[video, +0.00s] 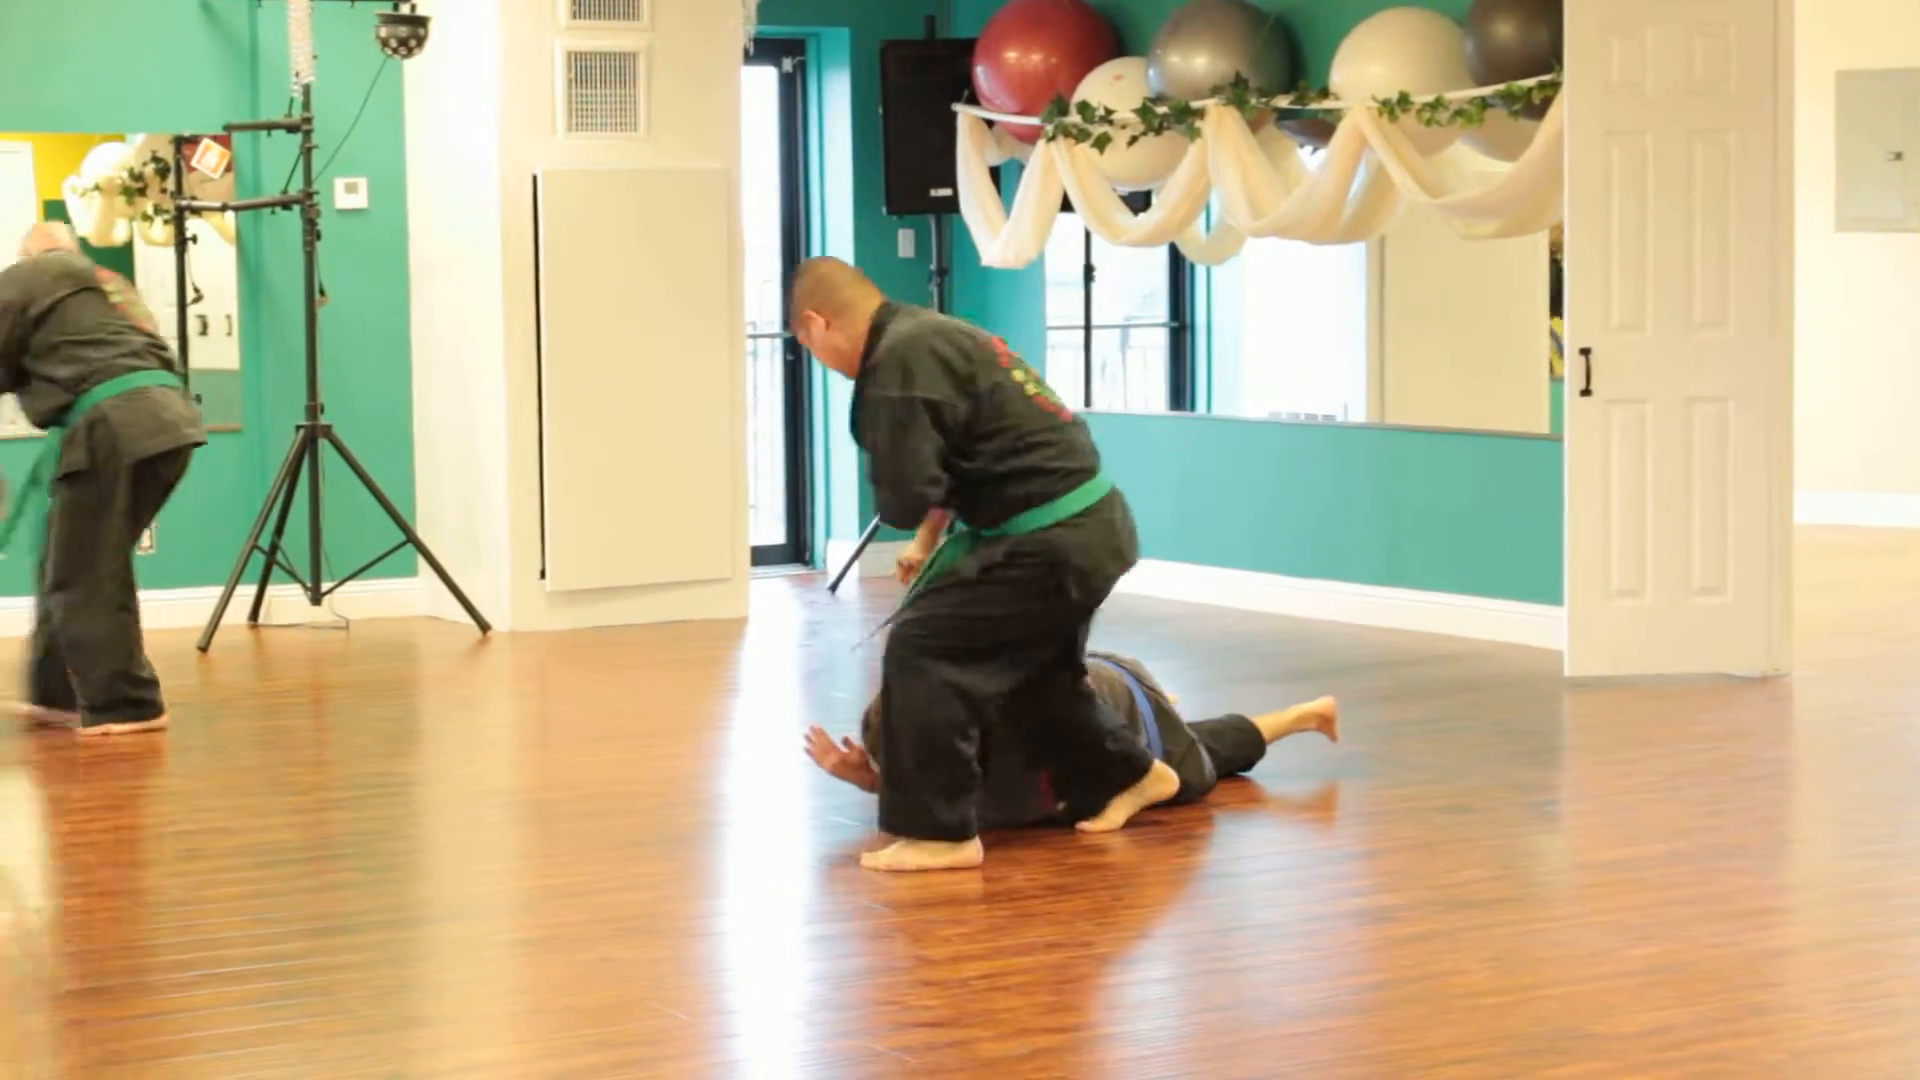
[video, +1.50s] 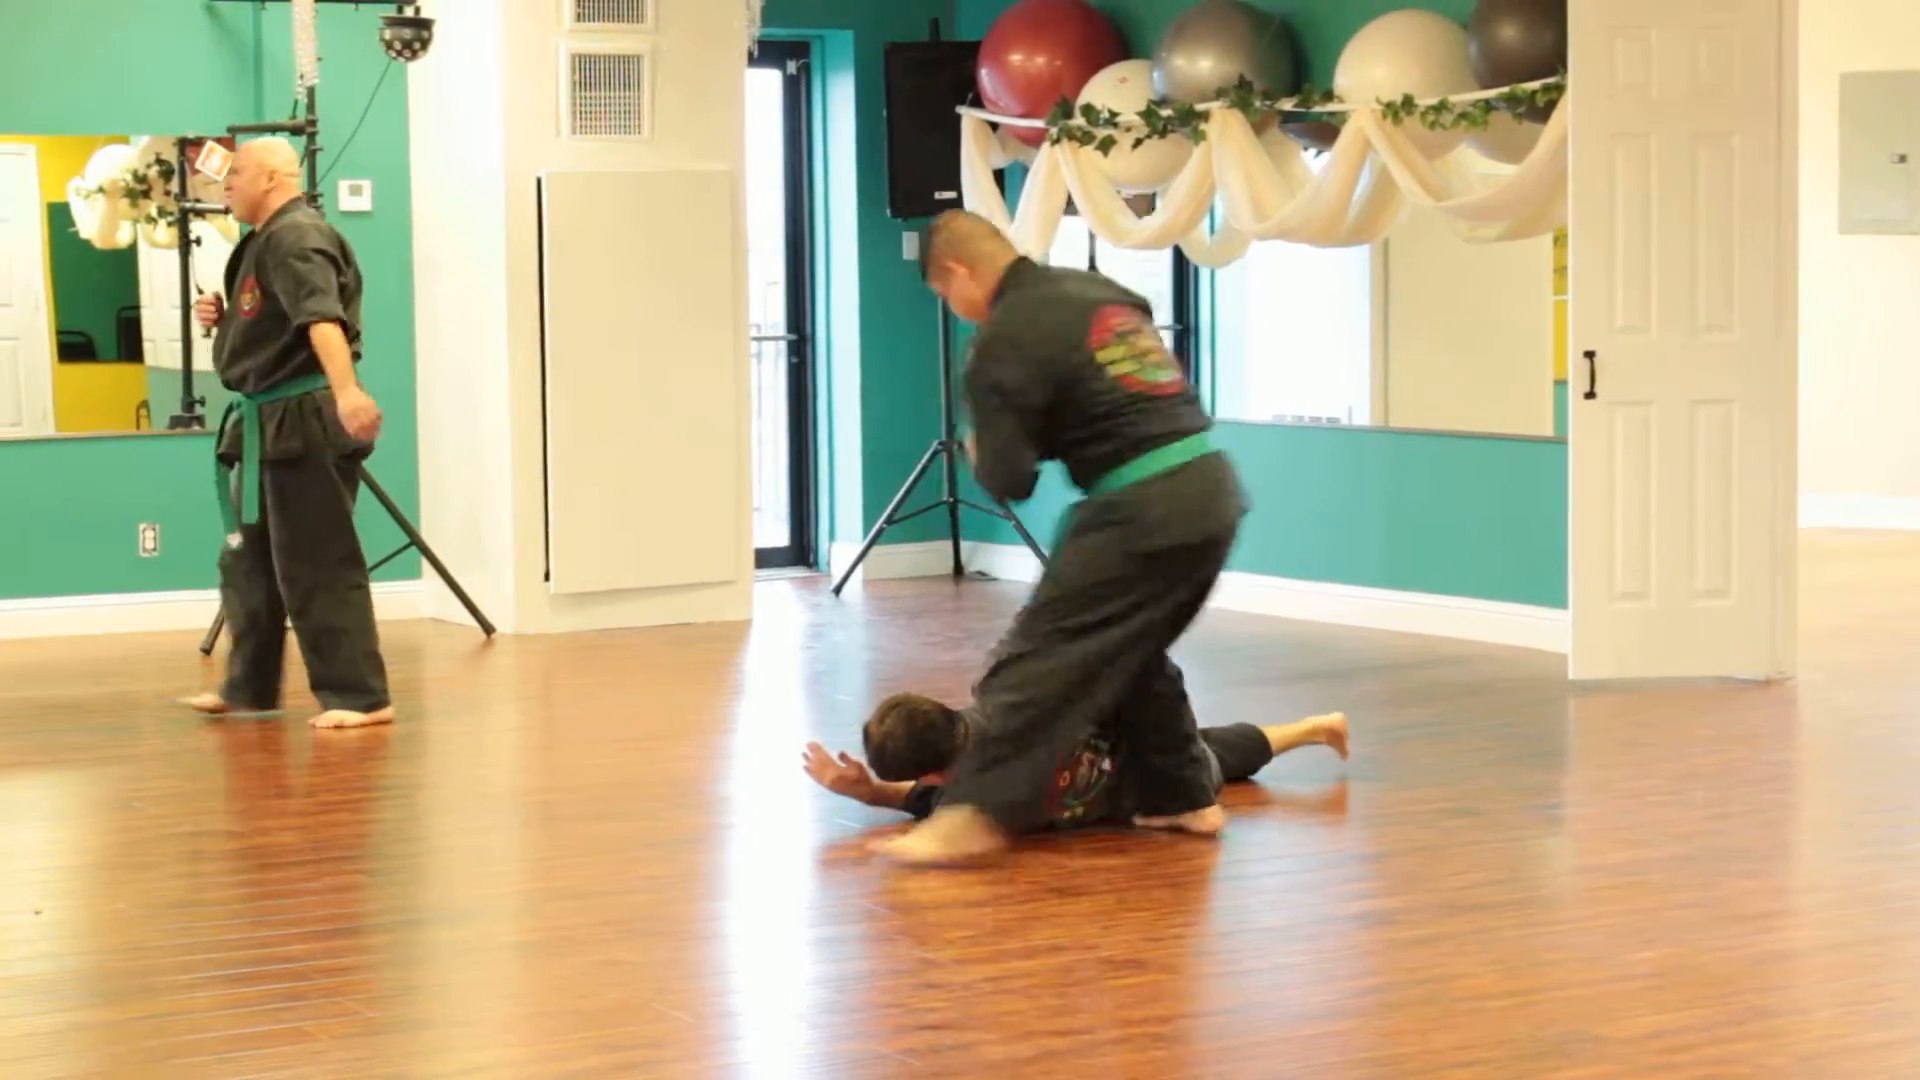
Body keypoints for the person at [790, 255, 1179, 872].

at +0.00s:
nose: (815, 356)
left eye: (806, 340)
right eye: (806, 343)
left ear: (820, 322)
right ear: (865, 298)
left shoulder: (897, 364)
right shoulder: (931, 331)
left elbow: (911, 497)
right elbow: (972, 448)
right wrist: (929, 537)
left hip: (1052, 542)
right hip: (1093, 524)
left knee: (919, 645)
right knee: (1034, 670)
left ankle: (938, 831)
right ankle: (1127, 775)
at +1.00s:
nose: (835, 318)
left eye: (828, 301)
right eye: (826, 304)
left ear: (840, 283)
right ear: (877, 263)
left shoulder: (901, 324)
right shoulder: (944, 300)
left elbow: (885, 465)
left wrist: (822, 493)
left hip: (1055, 507)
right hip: (1105, 490)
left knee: (936, 642)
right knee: (1060, 666)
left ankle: (938, 833)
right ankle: (1146, 795)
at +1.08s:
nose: (856, 306)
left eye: (850, 289)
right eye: (852, 291)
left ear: (862, 274)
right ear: (911, 253)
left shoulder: (904, 321)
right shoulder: (974, 299)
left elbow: (896, 454)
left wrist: (808, 453)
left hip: (1052, 508)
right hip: (1116, 491)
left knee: (928, 645)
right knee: (1080, 656)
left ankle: (937, 833)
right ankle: (1159, 795)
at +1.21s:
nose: (898, 287)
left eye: (895, 276)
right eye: (898, 277)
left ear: (909, 267)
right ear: (964, 253)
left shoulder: (916, 328)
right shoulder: (1035, 307)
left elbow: (881, 450)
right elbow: (1050, 417)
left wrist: (858, 414)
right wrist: (973, 466)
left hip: (1041, 521)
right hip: (1127, 504)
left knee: (903, 645)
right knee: (1098, 646)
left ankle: (930, 827)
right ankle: (1184, 803)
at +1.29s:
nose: (912, 294)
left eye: (909, 282)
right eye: (912, 283)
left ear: (921, 272)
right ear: (983, 257)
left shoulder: (925, 343)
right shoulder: (1069, 311)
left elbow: (912, 492)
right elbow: (1132, 428)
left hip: (1046, 529)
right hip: (1136, 512)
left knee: (921, 652)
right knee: (1106, 649)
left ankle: (924, 836)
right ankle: (1181, 799)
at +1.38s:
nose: (927, 308)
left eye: (922, 292)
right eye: (920, 294)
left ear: (936, 278)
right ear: (992, 259)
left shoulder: (945, 360)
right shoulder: (1091, 305)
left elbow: (966, 514)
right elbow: (1184, 385)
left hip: (1064, 532)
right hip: (1154, 511)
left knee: (945, 653)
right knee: (1117, 637)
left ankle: (926, 833)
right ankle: (1183, 797)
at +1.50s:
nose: (952, 308)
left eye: (944, 292)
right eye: (944, 295)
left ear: (961, 269)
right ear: (1001, 252)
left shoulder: (1005, 344)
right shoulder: (1099, 290)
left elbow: (1009, 478)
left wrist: (982, 445)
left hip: (1142, 507)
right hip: (1211, 491)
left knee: (1037, 655)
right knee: (1132, 650)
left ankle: (971, 812)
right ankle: (1186, 798)